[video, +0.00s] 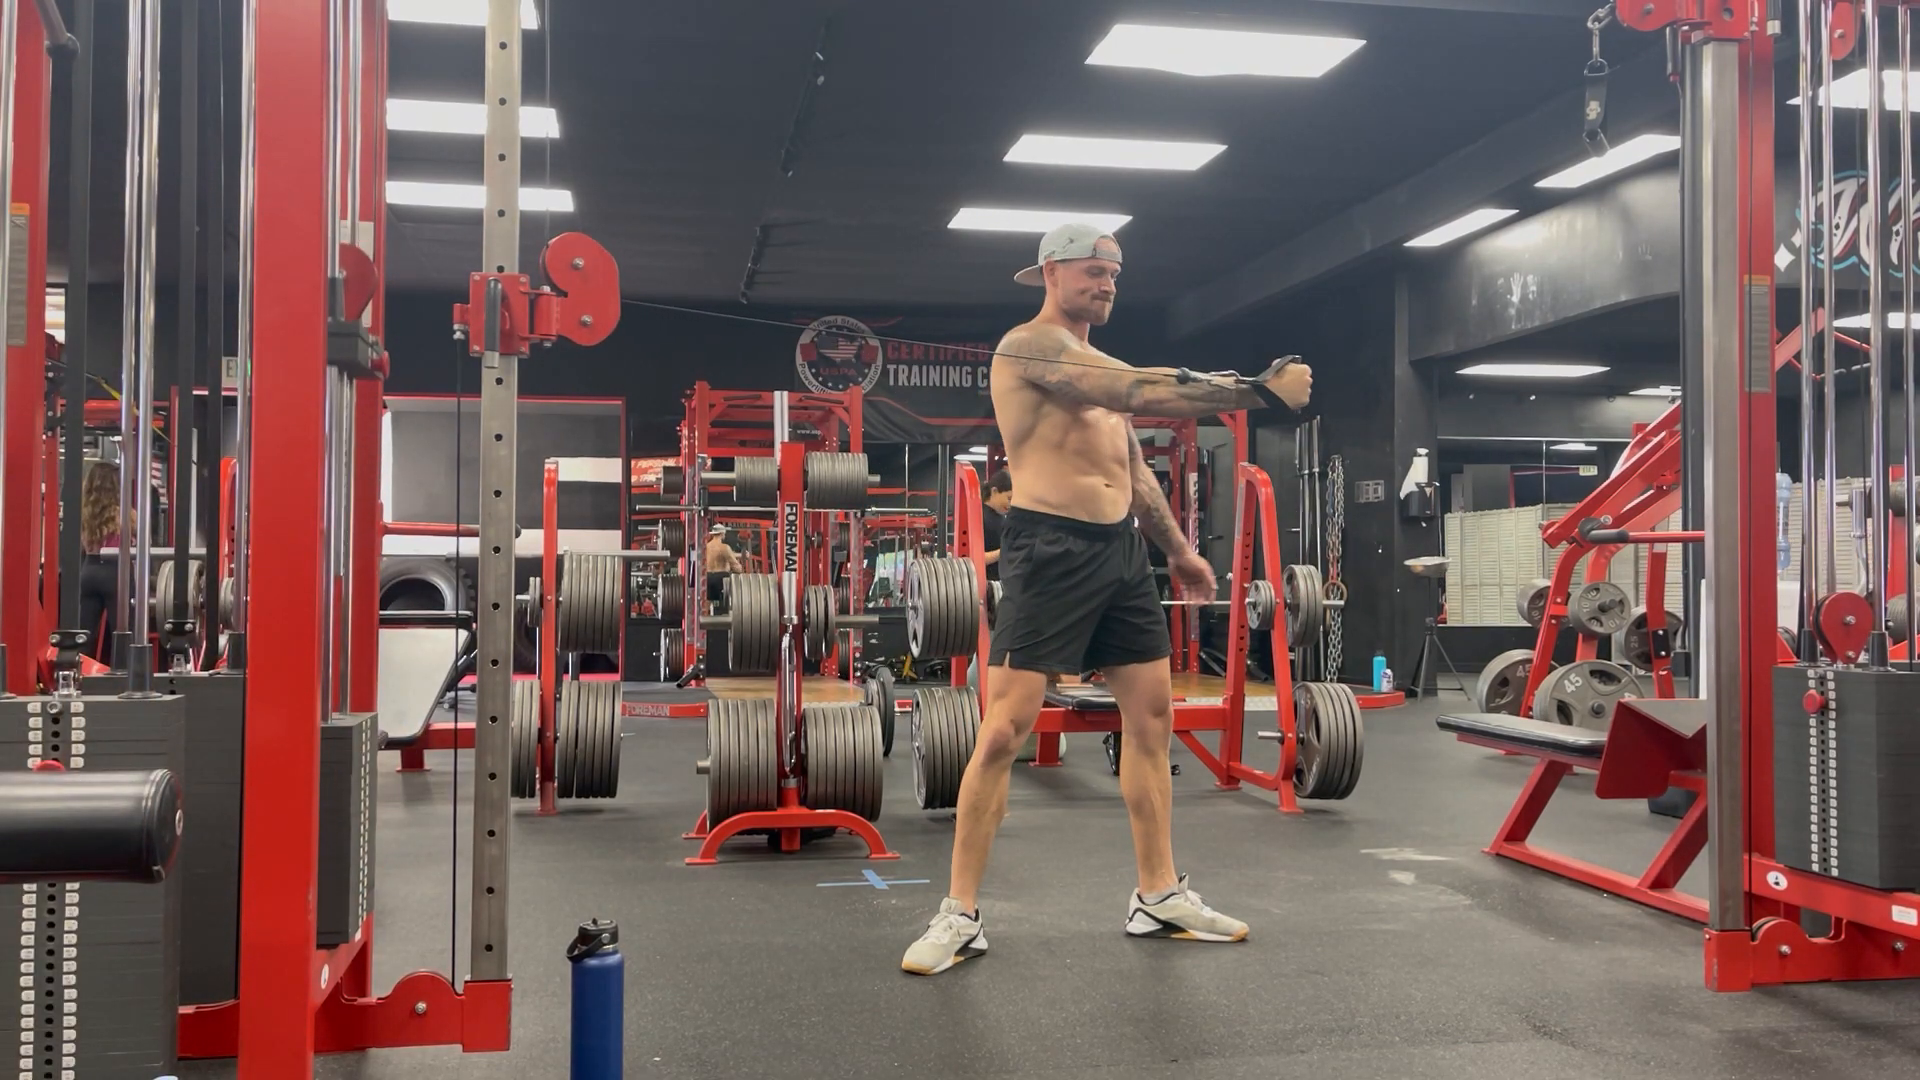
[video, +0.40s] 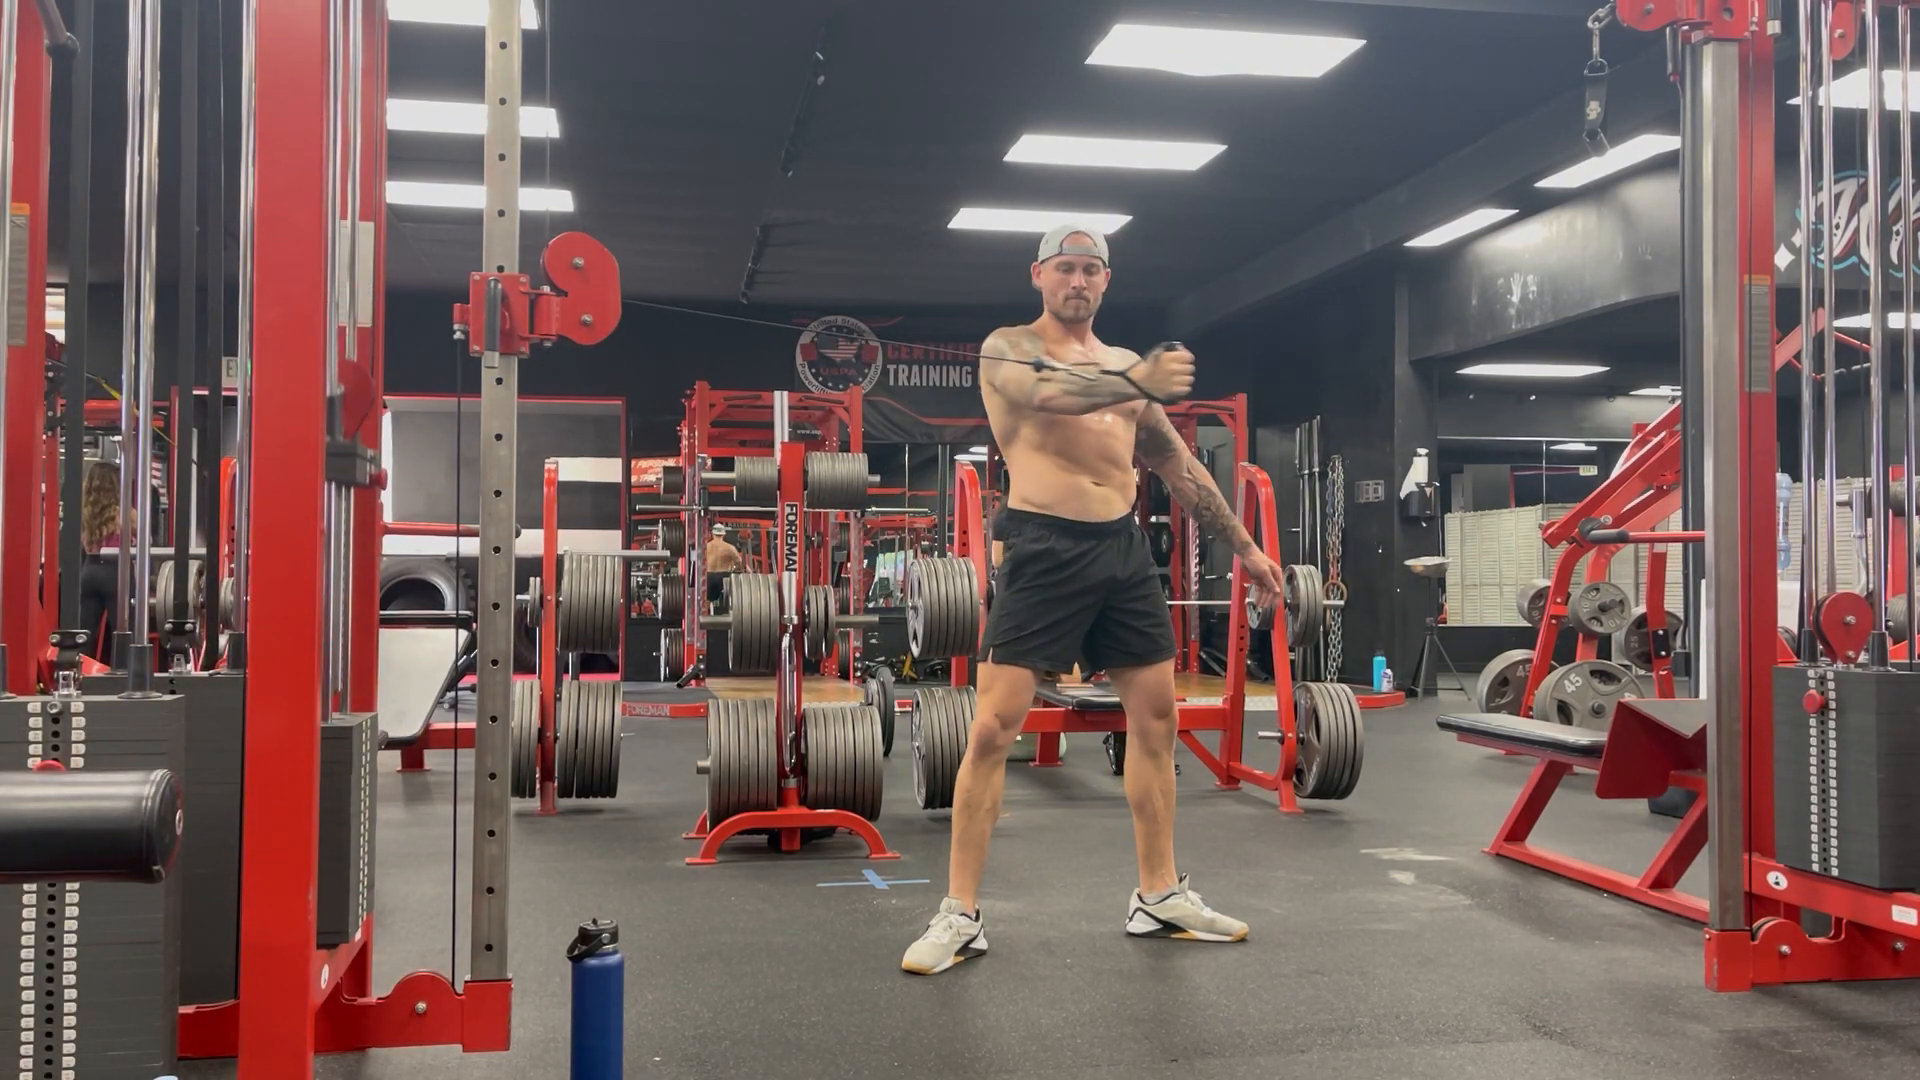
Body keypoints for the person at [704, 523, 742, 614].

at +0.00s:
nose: (724, 536)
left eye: (724, 534)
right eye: (724, 534)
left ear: (713, 534)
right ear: (722, 534)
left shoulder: (707, 546)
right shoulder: (724, 547)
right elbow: (735, 565)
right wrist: (739, 570)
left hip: (709, 573)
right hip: (722, 573)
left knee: (709, 600)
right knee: (722, 602)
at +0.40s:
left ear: (713, 534)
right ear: (723, 534)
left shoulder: (707, 546)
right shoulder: (729, 547)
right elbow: (739, 561)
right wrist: (738, 570)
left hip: (710, 573)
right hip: (724, 573)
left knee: (708, 600)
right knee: (724, 603)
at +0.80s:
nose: (709, 535)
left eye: (710, 533)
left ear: (712, 534)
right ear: (722, 535)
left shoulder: (706, 547)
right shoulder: (731, 548)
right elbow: (742, 564)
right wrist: (754, 574)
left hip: (711, 574)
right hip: (726, 574)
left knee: (709, 601)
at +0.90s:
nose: (709, 535)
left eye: (710, 533)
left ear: (712, 534)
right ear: (722, 535)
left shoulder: (706, 547)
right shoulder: (732, 548)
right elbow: (742, 564)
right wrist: (754, 574)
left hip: (711, 575)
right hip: (727, 575)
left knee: (708, 601)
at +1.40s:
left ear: (713, 533)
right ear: (724, 534)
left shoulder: (708, 546)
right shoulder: (729, 548)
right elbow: (739, 560)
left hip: (711, 573)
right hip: (725, 574)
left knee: (711, 601)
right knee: (724, 602)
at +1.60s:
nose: (727, 536)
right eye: (726, 534)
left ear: (714, 534)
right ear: (724, 535)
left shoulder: (708, 546)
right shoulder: (726, 548)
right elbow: (738, 567)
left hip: (710, 573)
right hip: (723, 573)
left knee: (711, 602)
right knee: (723, 603)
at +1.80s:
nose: (727, 535)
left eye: (727, 533)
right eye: (726, 533)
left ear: (715, 534)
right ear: (723, 534)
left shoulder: (709, 545)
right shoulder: (722, 548)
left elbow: (728, 554)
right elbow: (730, 565)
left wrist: (743, 556)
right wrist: (736, 572)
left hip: (710, 572)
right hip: (720, 573)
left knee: (712, 599)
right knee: (722, 601)